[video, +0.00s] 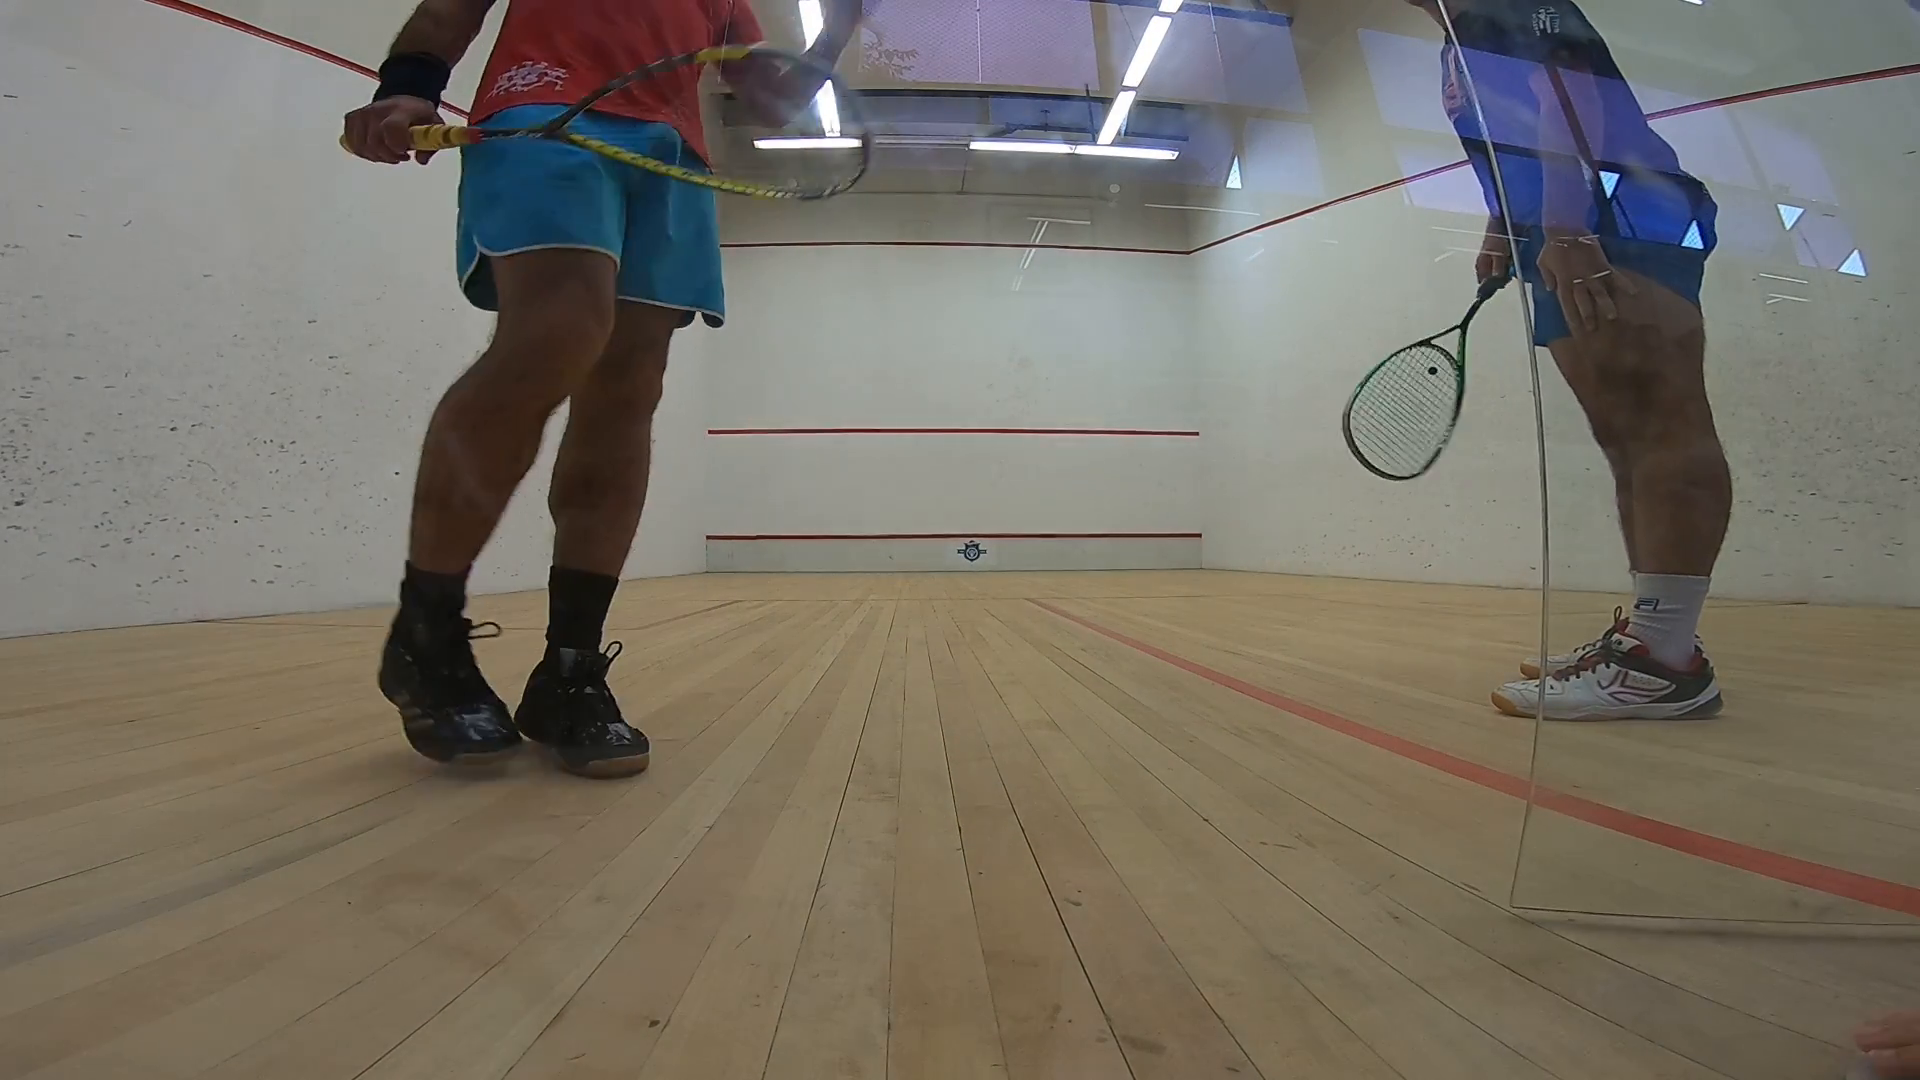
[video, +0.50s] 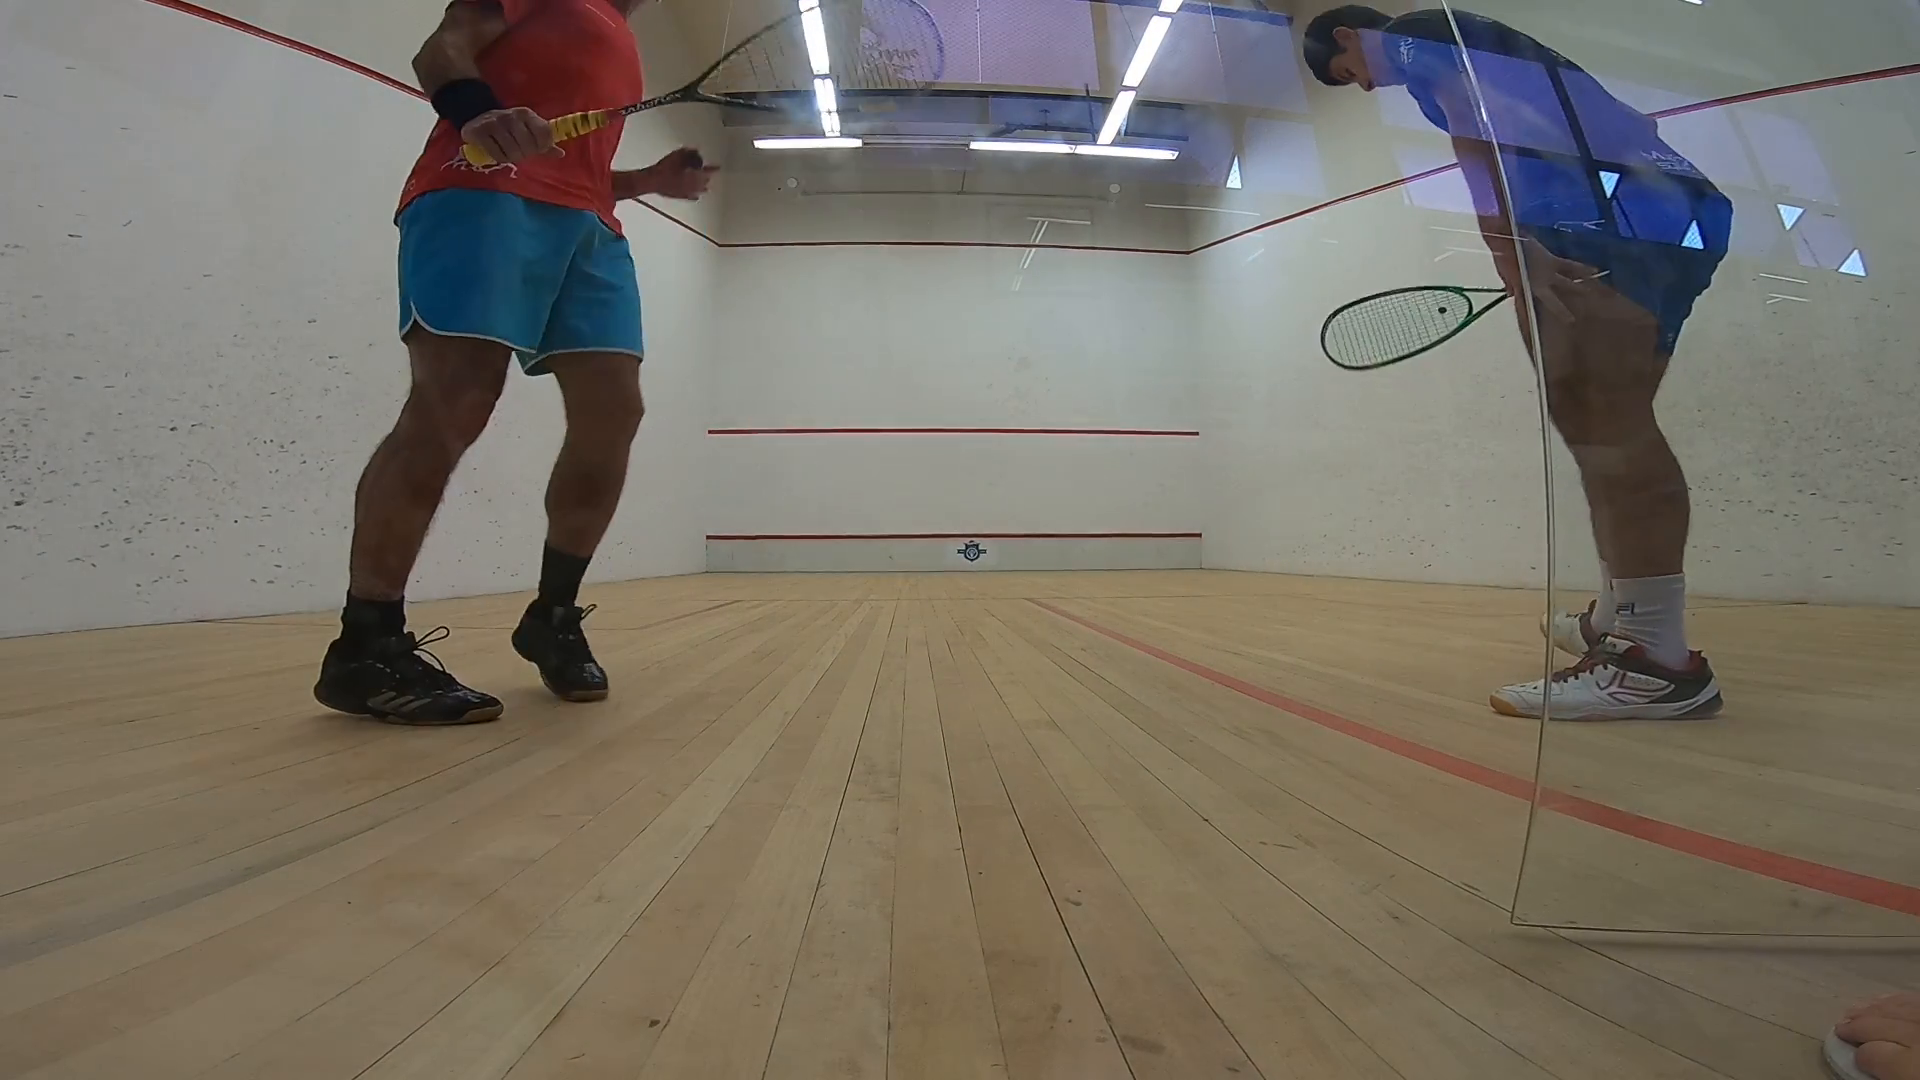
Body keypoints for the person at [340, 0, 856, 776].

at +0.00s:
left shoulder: (720, 6)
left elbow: (755, 79)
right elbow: (461, 6)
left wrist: (789, 80)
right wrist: (407, 84)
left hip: (668, 129)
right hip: (543, 95)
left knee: (629, 385)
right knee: (558, 328)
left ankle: (571, 675)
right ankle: (426, 638)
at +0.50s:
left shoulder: (618, 43)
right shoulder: (520, 1)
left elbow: (571, 177)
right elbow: (437, 52)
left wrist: (649, 180)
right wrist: (479, 112)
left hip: (585, 223)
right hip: (483, 195)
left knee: (611, 411)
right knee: (451, 402)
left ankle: (554, 615)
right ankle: (366, 645)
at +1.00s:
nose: (628, 0)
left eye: (635, 1)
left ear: (635, 11)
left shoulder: (643, 74)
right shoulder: (501, 27)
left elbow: (726, 112)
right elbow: (418, 119)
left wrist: (730, 16)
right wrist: (414, 176)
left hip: (579, 264)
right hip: (482, 230)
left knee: (538, 450)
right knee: (455, 403)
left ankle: (528, 635)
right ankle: (421, 658)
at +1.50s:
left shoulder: (620, 2)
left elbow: (674, 17)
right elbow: (345, 52)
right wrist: (300, 109)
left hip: (549, 176)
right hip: (404, 157)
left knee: (553, 413)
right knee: (377, 398)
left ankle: (529, 599)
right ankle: (392, 671)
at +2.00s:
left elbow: (665, 3)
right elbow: (332, 8)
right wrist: (266, 58)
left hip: (546, 131)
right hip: (388, 112)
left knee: (575, 394)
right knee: (370, 390)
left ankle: (551, 593)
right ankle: (400, 676)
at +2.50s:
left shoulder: (668, 2)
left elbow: (721, 75)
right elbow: (367, 6)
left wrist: (834, 30)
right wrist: (376, 38)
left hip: (604, 151)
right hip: (466, 116)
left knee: (598, 408)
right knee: (412, 391)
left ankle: (617, 664)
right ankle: (405, 682)